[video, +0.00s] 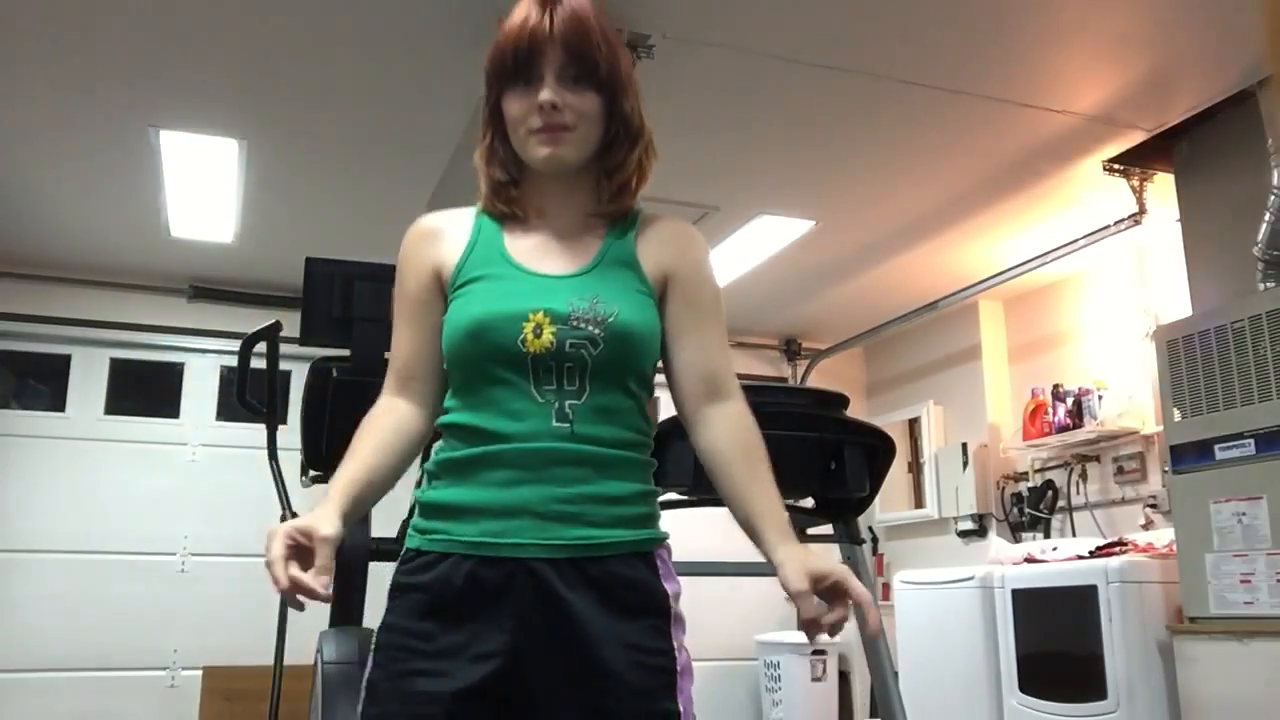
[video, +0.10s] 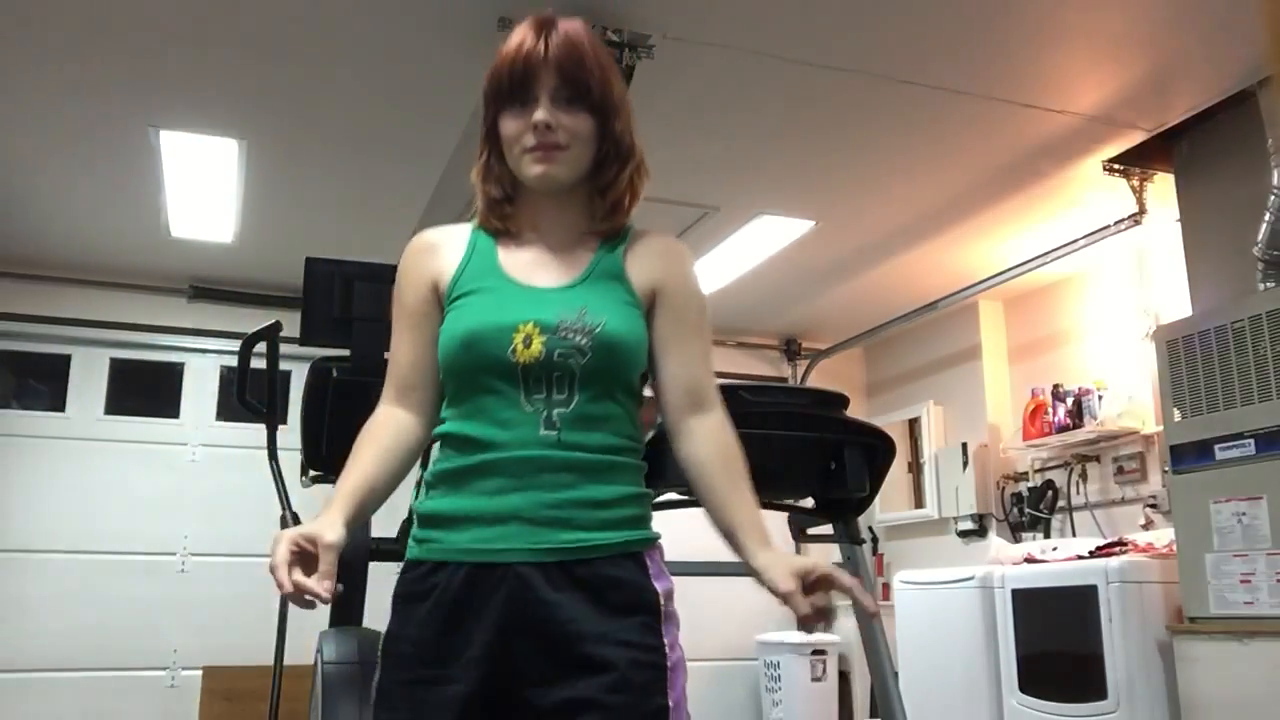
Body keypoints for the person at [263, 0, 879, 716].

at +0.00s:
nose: (549, 102)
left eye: (575, 81)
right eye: (525, 83)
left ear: (614, 101)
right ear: (498, 105)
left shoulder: (668, 247)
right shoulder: (439, 241)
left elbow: (715, 405)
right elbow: (405, 398)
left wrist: (788, 551)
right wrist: (331, 508)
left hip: (610, 597)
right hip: (450, 589)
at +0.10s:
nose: (543, 120)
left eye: (567, 101)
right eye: (521, 102)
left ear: (605, 124)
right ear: (494, 126)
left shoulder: (655, 261)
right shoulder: (437, 255)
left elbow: (697, 417)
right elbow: (403, 406)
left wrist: (770, 559)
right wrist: (334, 518)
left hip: (601, 594)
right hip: (450, 592)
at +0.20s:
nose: (536, 140)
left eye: (562, 122)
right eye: (514, 122)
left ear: (597, 144)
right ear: (487, 141)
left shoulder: (639, 279)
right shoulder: (427, 271)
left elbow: (678, 431)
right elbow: (395, 421)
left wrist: (744, 573)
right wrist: (335, 539)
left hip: (598, 603)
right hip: (451, 605)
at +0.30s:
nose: (520, 137)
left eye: (547, 120)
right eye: (499, 123)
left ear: (585, 147)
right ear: (478, 152)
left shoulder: (632, 279)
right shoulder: (424, 277)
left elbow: (663, 432)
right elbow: (390, 428)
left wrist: (714, 572)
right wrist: (331, 558)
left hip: (598, 603)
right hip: (453, 605)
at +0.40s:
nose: (505, 135)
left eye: (529, 120)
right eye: (488, 128)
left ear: (576, 147)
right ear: (474, 163)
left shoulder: (631, 286)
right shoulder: (426, 281)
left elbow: (659, 435)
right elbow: (389, 431)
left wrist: (702, 575)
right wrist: (333, 571)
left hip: (598, 602)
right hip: (455, 605)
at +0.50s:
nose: (521, 135)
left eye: (547, 125)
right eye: (503, 128)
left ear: (584, 158)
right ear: (482, 163)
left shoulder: (630, 294)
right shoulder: (428, 285)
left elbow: (658, 439)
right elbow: (392, 433)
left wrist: (702, 579)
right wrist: (340, 570)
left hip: (596, 602)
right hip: (455, 603)